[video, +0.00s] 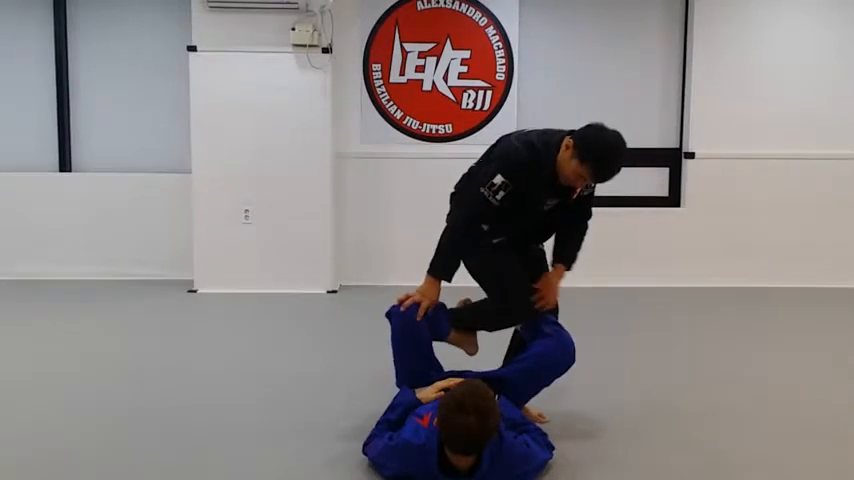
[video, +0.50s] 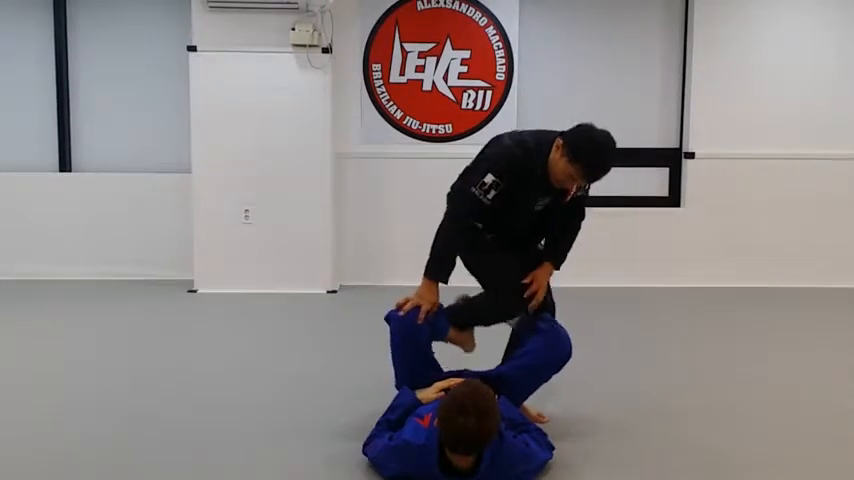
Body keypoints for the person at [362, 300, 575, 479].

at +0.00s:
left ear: (438, 426)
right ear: (496, 426)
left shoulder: (407, 452)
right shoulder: (514, 456)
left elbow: (373, 444)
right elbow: (541, 444)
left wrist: (412, 397)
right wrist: (509, 405)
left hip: (428, 392)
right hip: (496, 395)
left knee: (404, 313)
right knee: (562, 348)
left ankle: (453, 330)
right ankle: (528, 306)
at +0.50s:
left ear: (437, 424)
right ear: (496, 426)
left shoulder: (406, 453)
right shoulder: (515, 457)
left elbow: (374, 443)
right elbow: (540, 442)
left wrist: (413, 397)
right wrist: (509, 405)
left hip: (428, 392)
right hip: (498, 394)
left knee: (404, 318)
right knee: (558, 342)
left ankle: (451, 327)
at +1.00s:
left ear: (437, 422)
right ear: (495, 424)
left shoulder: (405, 454)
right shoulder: (516, 457)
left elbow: (373, 444)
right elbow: (540, 441)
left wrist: (413, 397)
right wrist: (505, 404)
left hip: (425, 394)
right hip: (494, 396)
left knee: (396, 317)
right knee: (551, 335)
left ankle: (442, 340)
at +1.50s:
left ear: (438, 423)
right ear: (496, 426)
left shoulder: (405, 453)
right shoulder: (516, 456)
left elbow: (374, 443)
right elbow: (540, 441)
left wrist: (414, 396)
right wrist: (505, 403)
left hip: (426, 393)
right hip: (496, 395)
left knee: (409, 314)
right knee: (556, 340)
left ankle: (448, 338)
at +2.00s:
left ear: (439, 418)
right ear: (498, 423)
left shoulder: (409, 452)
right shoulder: (516, 456)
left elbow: (375, 443)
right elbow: (540, 440)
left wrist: (414, 397)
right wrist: (512, 407)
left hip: (428, 395)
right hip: (496, 395)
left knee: (421, 312)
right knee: (555, 344)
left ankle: (430, 287)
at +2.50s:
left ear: (440, 417)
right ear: (499, 423)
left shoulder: (409, 451)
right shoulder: (516, 455)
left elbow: (375, 443)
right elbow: (539, 441)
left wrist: (416, 398)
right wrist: (513, 407)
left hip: (429, 394)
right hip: (498, 397)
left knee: (426, 318)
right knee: (554, 346)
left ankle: (422, 297)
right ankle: (539, 291)